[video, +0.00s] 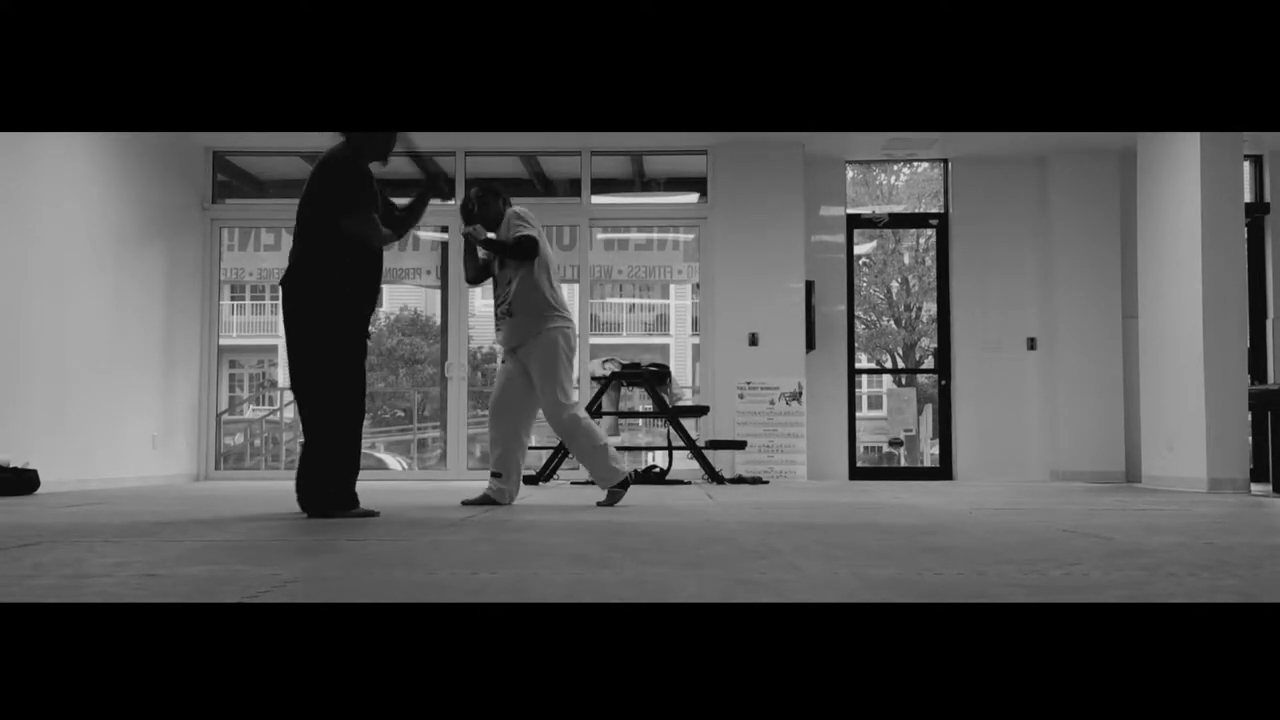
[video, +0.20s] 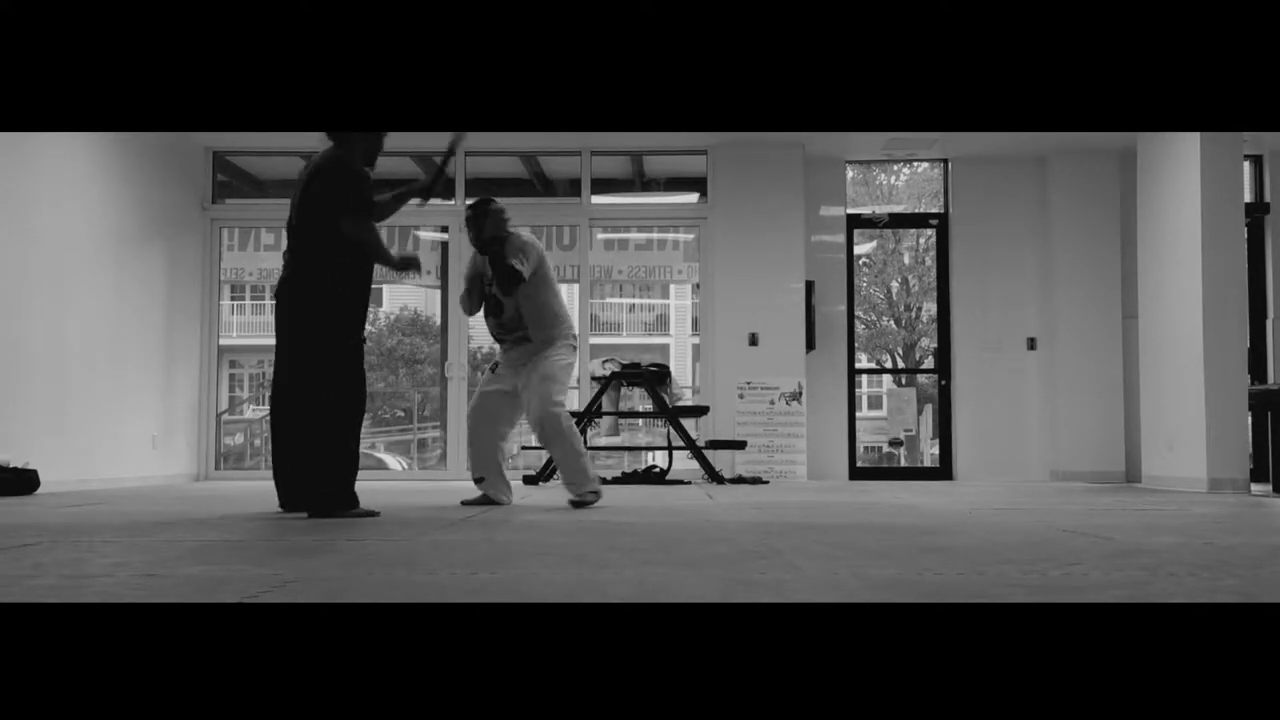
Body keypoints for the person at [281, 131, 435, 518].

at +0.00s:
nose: (393, 146)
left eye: (393, 140)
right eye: (390, 138)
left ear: (364, 135)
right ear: (372, 135)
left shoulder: (355, 171)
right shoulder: (343, 168)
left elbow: (394, 227)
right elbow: (373, 235)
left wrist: (426, 193)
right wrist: (388, 228)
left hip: (339, 305)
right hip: (325, 305)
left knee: (338, 399)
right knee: (334, 399)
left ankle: (328, 497)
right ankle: (329, 499)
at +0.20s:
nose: (380, 147)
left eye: (381, 140)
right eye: (377, 139)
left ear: (341, 138)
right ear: (360, 138)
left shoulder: (324, 167)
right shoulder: (348, 172)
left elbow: (370, 212)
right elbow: (360, 231)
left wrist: (410, 193)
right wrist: (393, 261)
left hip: (304, 304)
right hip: (331, 308)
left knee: (304, 395)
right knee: (341, 397)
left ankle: (300, 494)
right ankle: (333, 499)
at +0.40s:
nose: (376, 155)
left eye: (377, 148)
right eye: (374, 147)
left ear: (333, 141)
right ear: (358, 143)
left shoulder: (305, 176)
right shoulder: (349, 177)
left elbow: (287, 242)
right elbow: (367, 237)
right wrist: (390, 285)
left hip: (280, 302)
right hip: (314, 306)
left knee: (285, 394)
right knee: (316, 393)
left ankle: (293, 496)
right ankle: (309, 496)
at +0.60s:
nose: (366, 161)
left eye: (366, 153)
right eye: (362, 151)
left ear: (326, 143)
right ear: (345, 147)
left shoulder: (305, 178)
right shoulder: (328, 174)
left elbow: (302, 257)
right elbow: (368, 224)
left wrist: (351, 285)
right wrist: (410, 243)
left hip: (281, 302)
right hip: (288, 305)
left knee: (290, 396)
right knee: (278, 393)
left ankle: (297, 497)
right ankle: (220, 484)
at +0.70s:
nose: (359, 163)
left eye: (359, 154)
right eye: (355, 152)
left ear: (325, 145)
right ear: (336, 146)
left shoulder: (307, 188)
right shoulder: (313, 167)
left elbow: (330, 268)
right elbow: (348, 208)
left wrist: (387, 279)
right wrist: (397, 230)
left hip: (283, 312)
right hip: (273, 309)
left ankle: (298, 498)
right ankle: (206, 487)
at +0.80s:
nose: (353, 161)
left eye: (354, 153)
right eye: (349, 151)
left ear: (323, 146)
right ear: (328, 146)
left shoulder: (312, 196)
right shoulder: (299, 166)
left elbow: (345, 265)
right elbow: (339, 209)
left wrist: (404, 261)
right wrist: (374, 211)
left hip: (282, 314)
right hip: (258, 309)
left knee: (289, 403)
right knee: (246, 397)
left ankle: (296, 497)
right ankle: (204, 493)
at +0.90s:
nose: (343, 155)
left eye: (343, 148)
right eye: (339, 146)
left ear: (317, 147)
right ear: (316, 144)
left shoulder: (309, 195)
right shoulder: (276, 167)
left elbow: (341, 258)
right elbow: (305, 209)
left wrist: (397, 238)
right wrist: (351, 203)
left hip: (280, 317)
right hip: (243, 311)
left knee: (287, 402)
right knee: (237, 398)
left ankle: (295, 496)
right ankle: (204, 499)